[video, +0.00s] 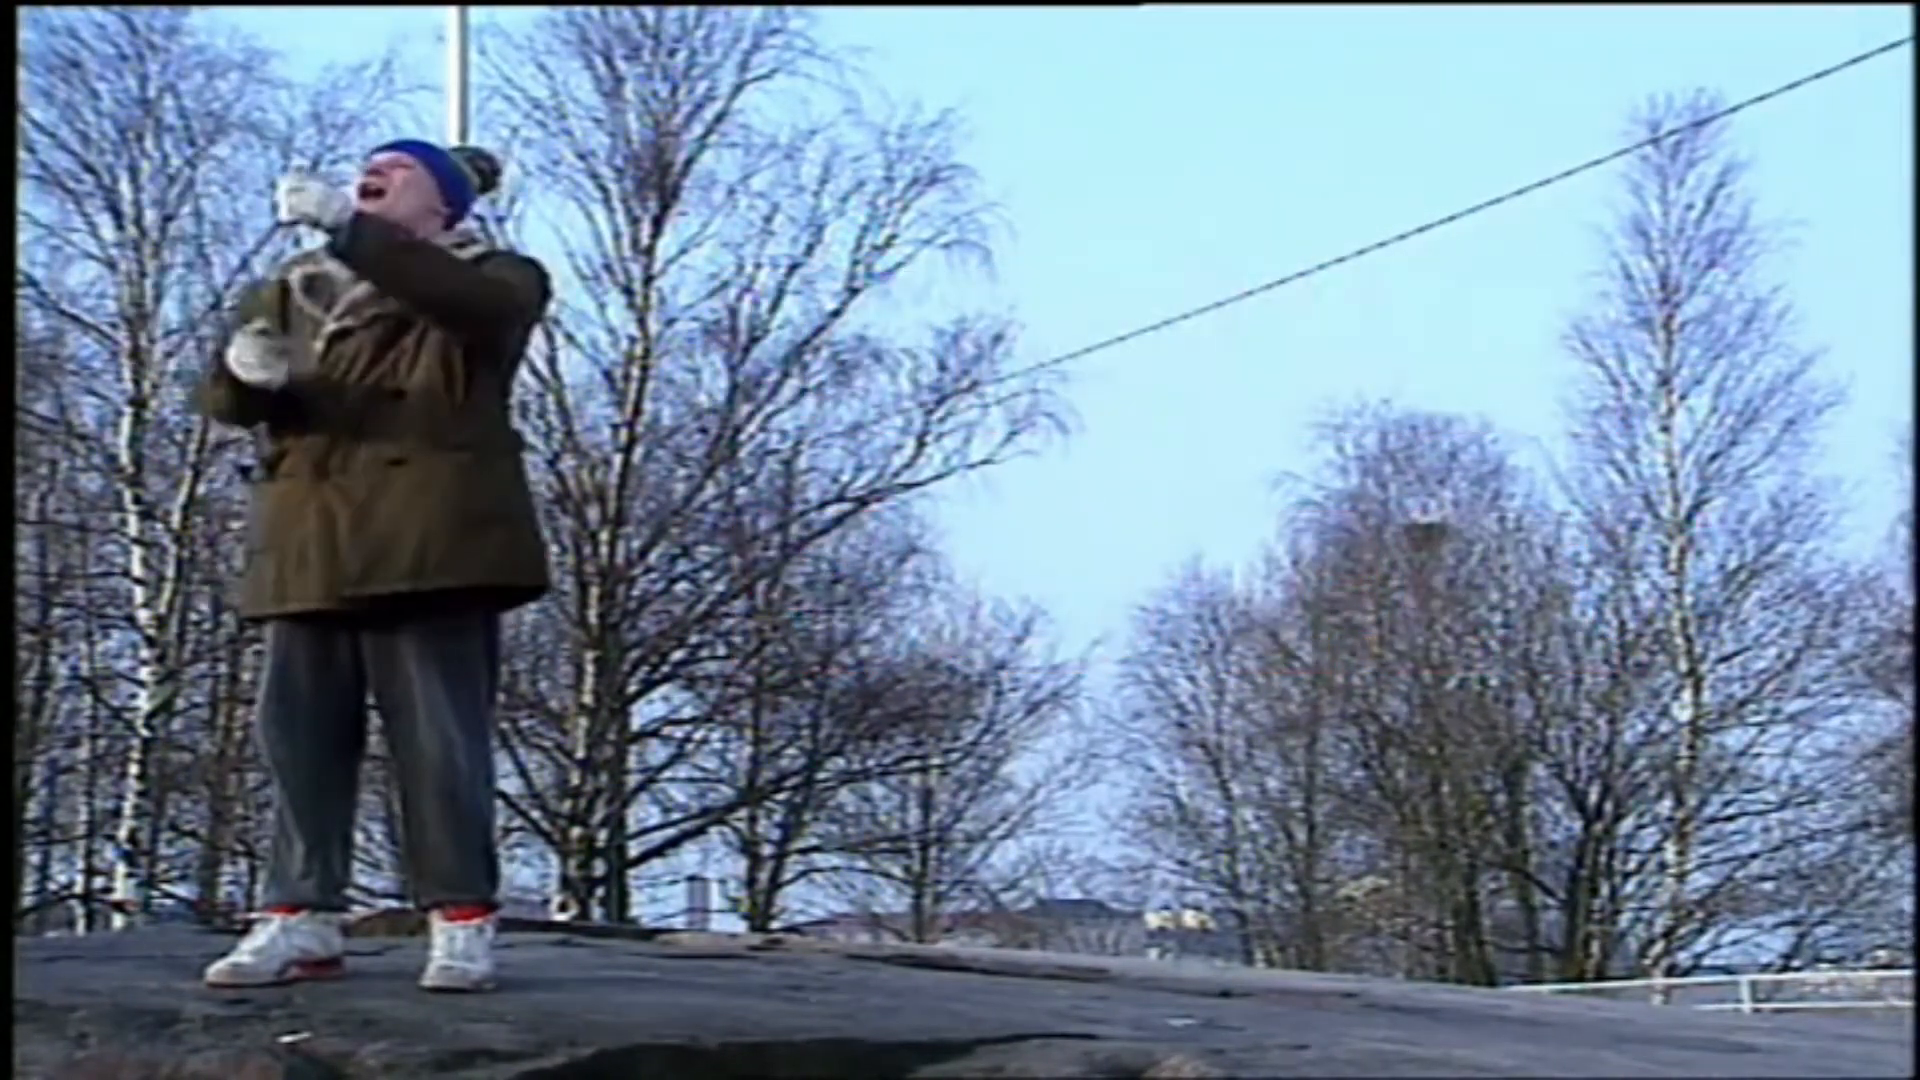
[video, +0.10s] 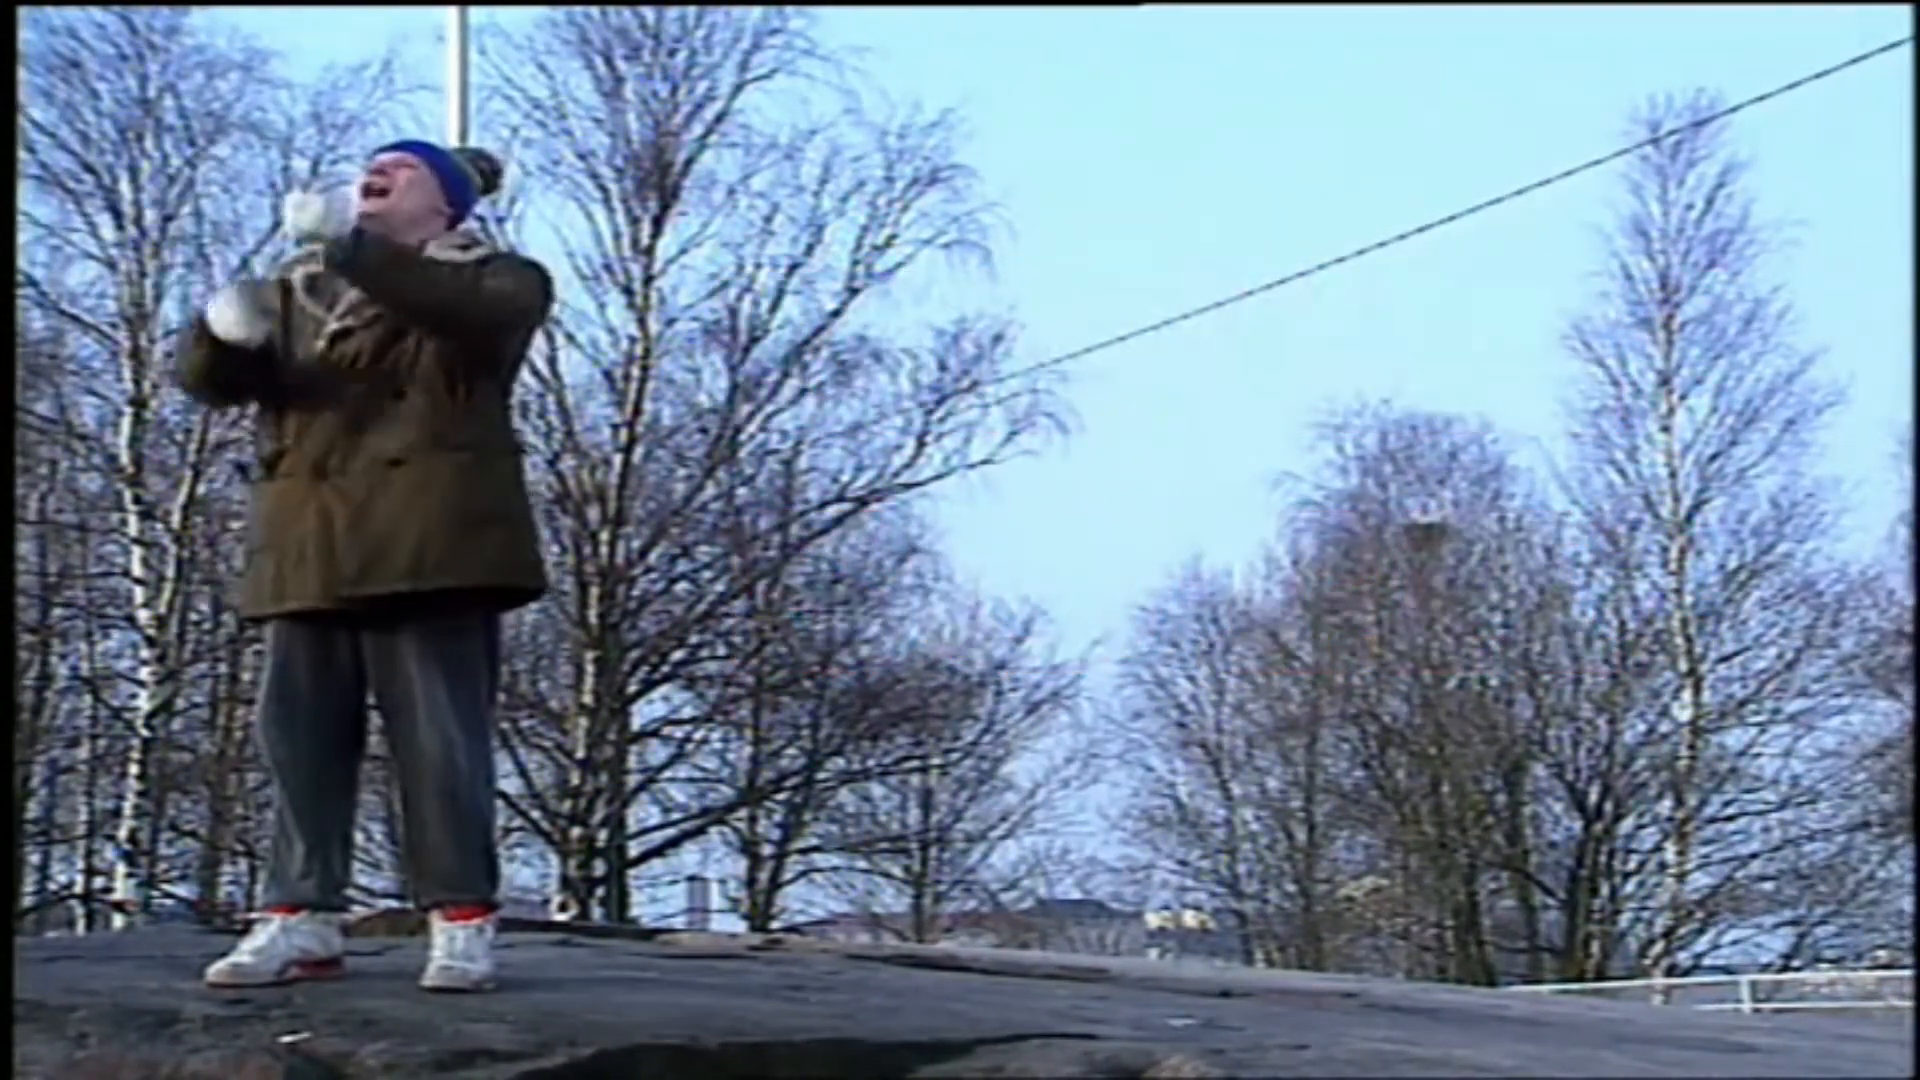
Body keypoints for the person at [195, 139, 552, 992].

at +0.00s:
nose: (365, 185)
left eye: (389, 173)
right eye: (360, 177)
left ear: (446, 202)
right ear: (351, 199)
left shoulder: (500, 276)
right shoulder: (308, 286)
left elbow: (471, 295)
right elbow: (224, 401)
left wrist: (348, 230)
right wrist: (249, 370)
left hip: (432, 540)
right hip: (307, 545)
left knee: (439, 738)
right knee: (300, 735)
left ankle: (460, 919)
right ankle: (304, 918)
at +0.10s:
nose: (370, 185)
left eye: (393, 174)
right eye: (365, 179)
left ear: (450, 202)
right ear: (355, 200)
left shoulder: (495, 275)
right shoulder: (304, 291)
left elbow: (497, 303)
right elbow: (203, 377)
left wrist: (354, 251)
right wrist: (223, 333)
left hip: (433, 546)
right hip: (307, 550)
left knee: (440, 740)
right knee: (301, 738)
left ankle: (461, 918)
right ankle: (305, 918)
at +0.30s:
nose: (377, 175)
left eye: (402, 168)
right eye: (373, 170)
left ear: (453, 199)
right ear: (362, 200)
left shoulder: (506, 281)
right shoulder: (308, 273)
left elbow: (481, 350)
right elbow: (183, 291)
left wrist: (335, 332)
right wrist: (193, 191)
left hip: (435, 557)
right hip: (304, 554)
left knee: (441, 742)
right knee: (299, 737)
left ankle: (462, 920)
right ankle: (304, 918)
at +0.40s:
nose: (381, 169)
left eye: (406, 164)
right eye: (377, 164)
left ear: (454, 200)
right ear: (364, 197)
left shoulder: (505, 284)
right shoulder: (311, 272)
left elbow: (475, 356)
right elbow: (185, 293)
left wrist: (333, 331)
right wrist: (204, 184)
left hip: (433, 557)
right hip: (304, 552)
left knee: (442, 741)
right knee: (299, 735)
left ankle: (461, 919)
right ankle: (303, 918)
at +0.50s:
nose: (381, 173)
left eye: (406, 165)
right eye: (376, 168)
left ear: (455, 205)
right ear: (360, 199)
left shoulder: (504, 280)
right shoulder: (320, 277)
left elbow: (475, 341)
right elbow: (196, 328)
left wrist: (339, 302)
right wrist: (204, 239)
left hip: (432, 548)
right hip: (305, 544)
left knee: (442, 738)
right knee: (300, 734)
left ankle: (461, 918)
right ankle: (305, 918)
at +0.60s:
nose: (380, 174)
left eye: (404, 166)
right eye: (374, 168)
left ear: (454, 204)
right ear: (360, 192)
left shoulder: (498, 276)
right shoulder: (300, 283)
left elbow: (489, 310)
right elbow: (239, 393)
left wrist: (343, 246)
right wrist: (234, 367)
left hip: (432, 543)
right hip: (305, 542)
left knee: (440, 737)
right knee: (300, 734)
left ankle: (461, 919)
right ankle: (305, 918)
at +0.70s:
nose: (376, 179)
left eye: (401, 169)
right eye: (369, 171)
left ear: (452, 204)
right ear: (354, 193)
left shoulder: (497, 274)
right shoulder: (293, 285)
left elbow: (486, 301)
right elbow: (230, 388)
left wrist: (360, 225)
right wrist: (254, 409)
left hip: (435, 543)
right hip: (305, 545)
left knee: (442, 737)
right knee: (299, 734)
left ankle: (461, 919)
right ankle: (306, 918)